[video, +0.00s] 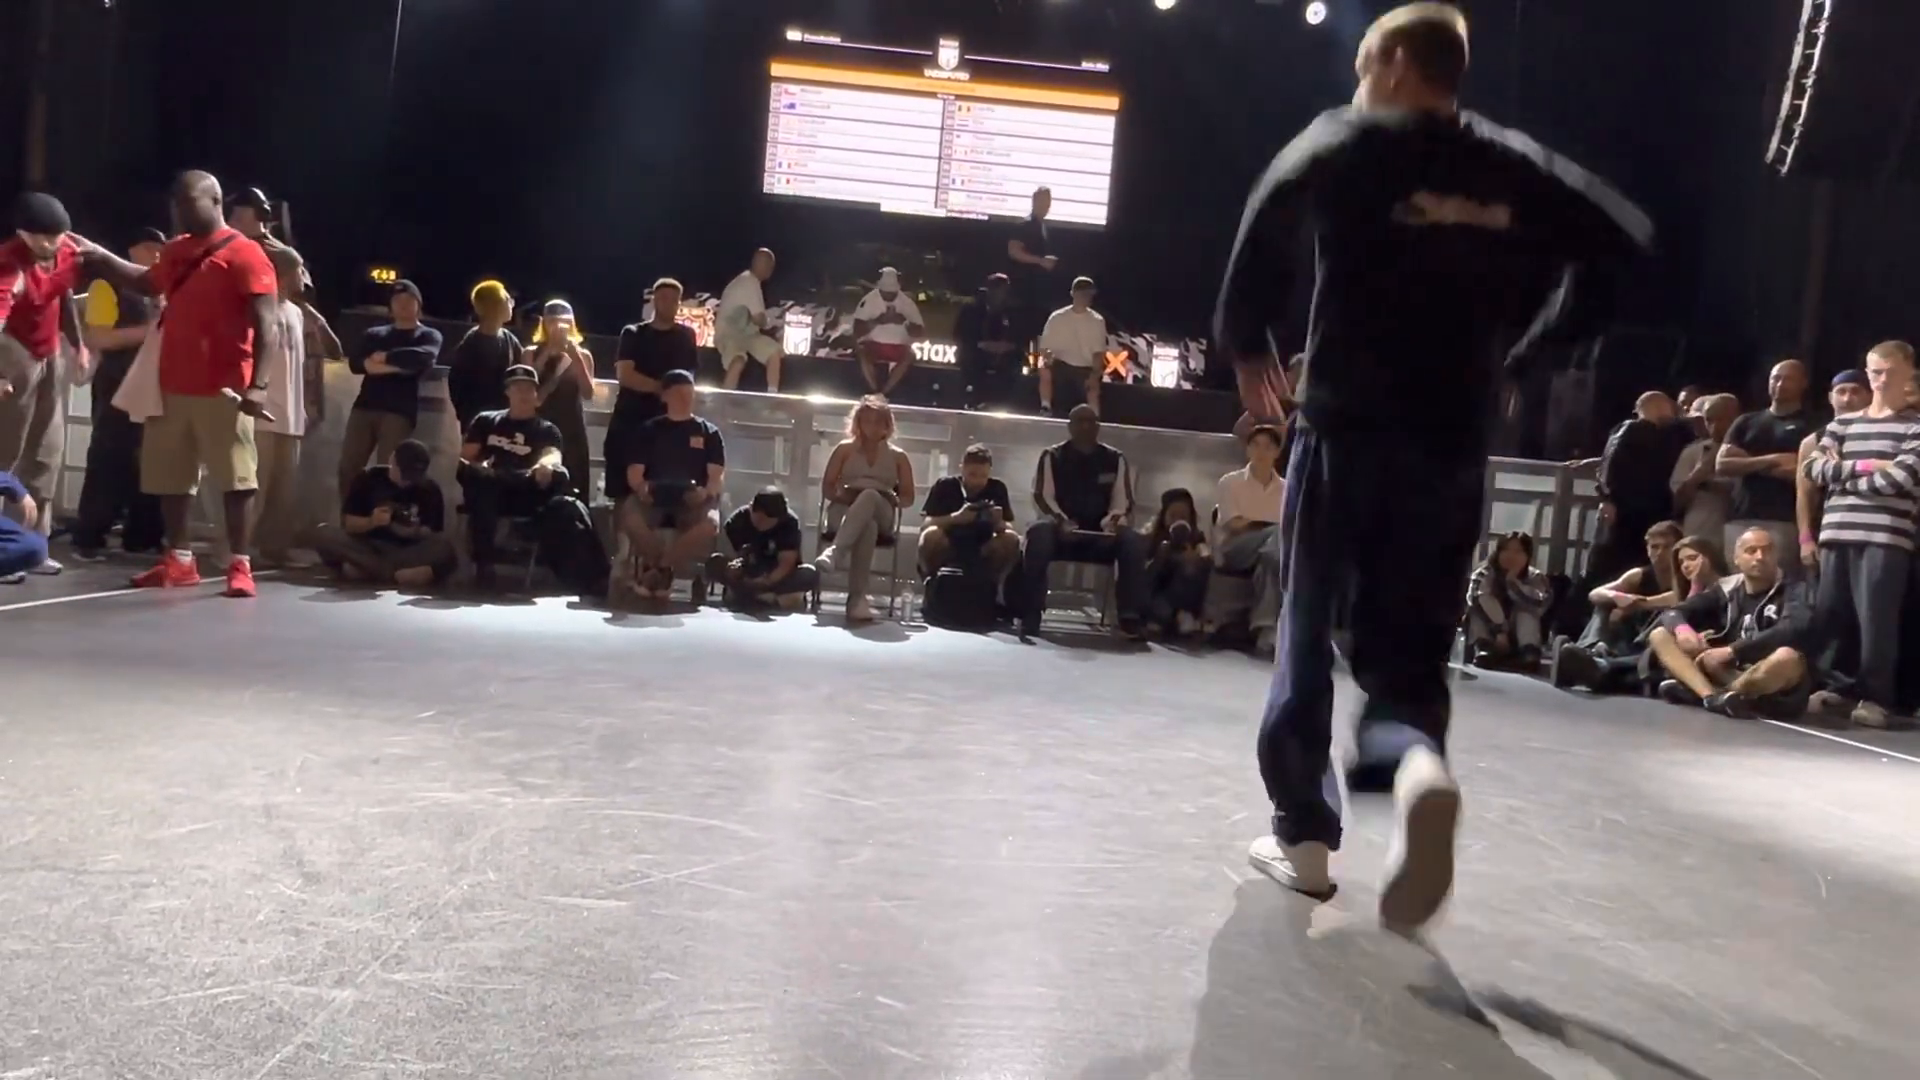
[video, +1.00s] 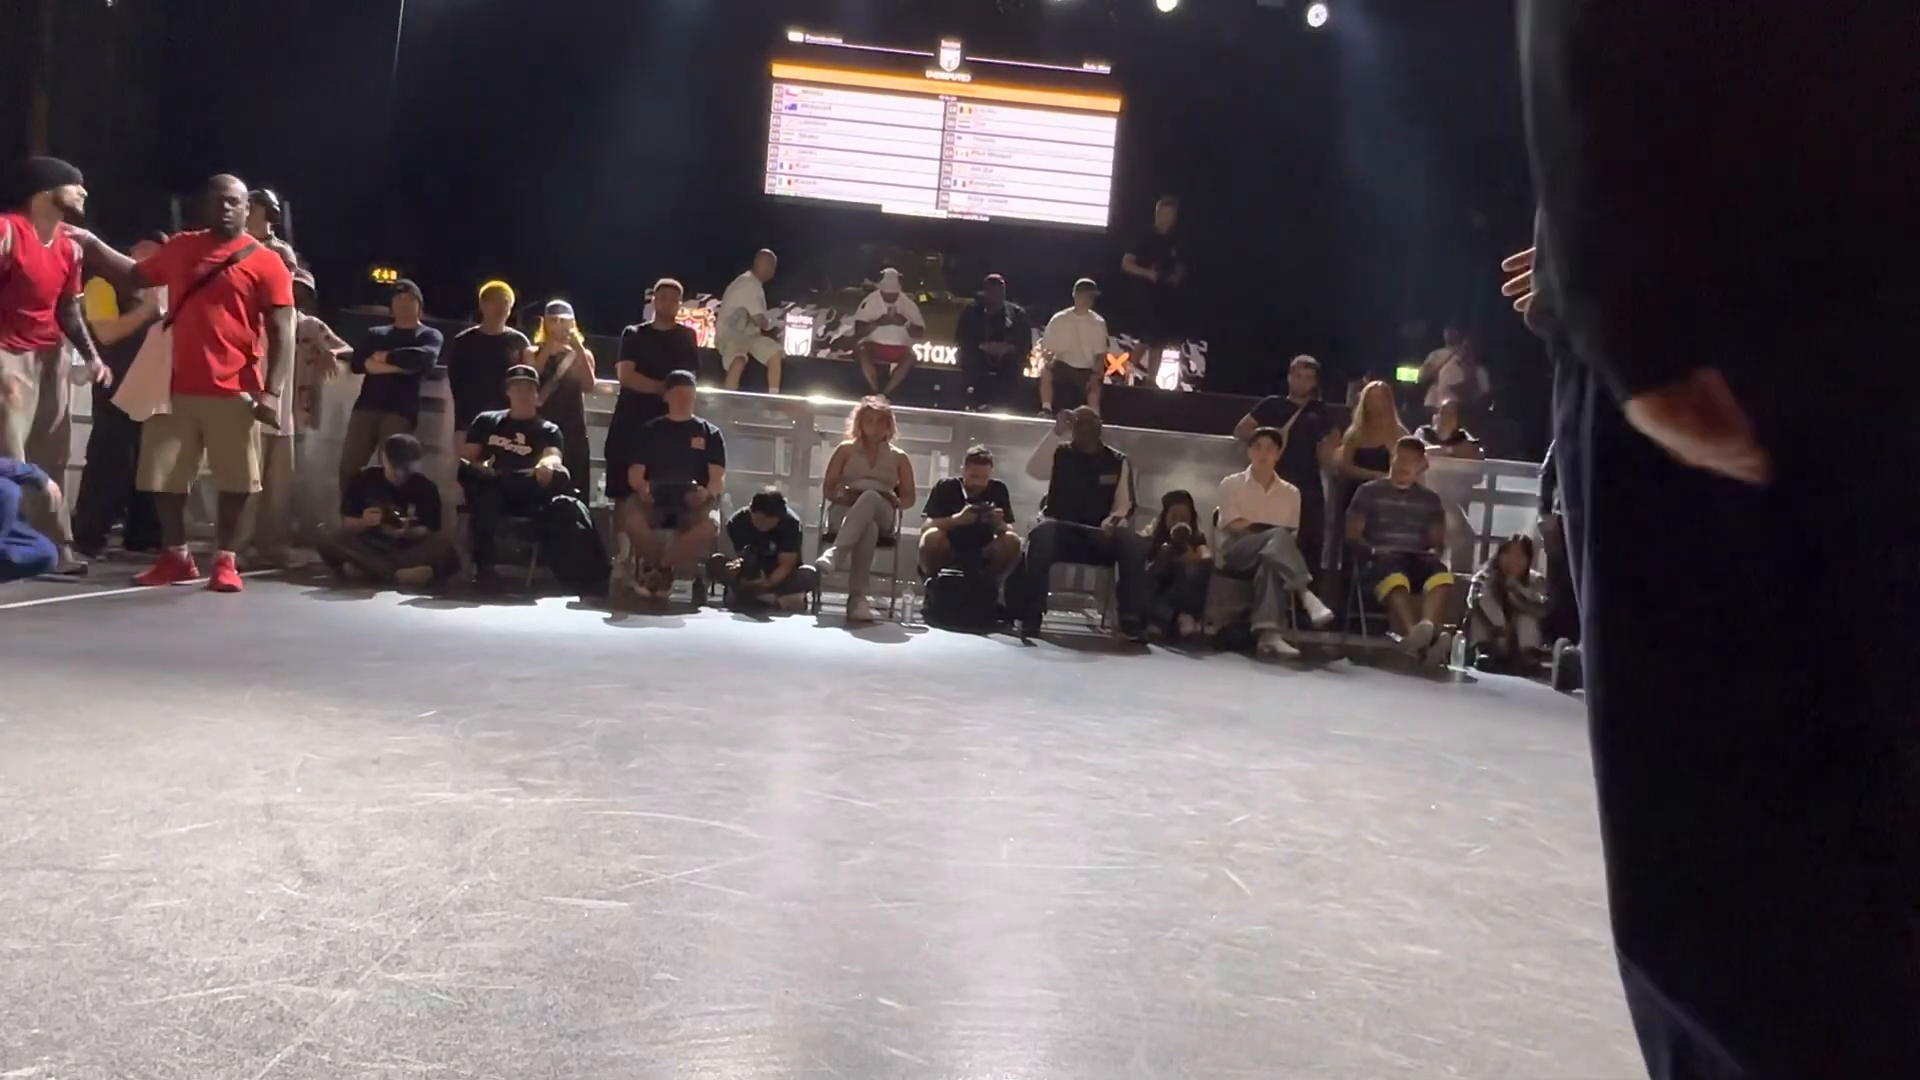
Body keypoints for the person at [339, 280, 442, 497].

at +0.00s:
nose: (403, 305)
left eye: (408, 300)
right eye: (398, 301)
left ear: (418, 305)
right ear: (391, 307)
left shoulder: (430, 335)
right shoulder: (374, 333)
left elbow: (423, 360)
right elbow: (356, 364)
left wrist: (384, 356)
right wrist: (398, 366)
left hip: (399, 413)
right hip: (365, 409)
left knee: (387, 474)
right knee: (348, 468)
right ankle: (349, 526)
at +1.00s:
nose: (404, 303)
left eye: (410, 299)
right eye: (399, 299)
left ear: (419, 306)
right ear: (392, 307)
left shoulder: (430, 335)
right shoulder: (375, 333)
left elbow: (423, 362)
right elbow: (357, 364)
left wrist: (384, 356)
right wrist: (398, 367)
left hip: (399, 412)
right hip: (367, 408)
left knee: (394, 473)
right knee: (348, 468)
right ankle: (348, 517)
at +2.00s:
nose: (391, 319)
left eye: (396, 314)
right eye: (386, 314)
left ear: (405, 319)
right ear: (378, 320)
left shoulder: (417, 350)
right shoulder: (363, 347)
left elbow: (410, 375)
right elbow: (342, 378)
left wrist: (369, 371)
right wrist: (386, 382)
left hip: (387, 424)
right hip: (354, 421)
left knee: (378, 487)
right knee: (337, 483)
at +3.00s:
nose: (370, 336)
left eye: (375, 331)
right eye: (365, 331)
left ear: (386, 336)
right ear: (359, 337)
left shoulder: (399, 365)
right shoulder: (344, 365)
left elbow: (394, 390)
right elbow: (325, 396)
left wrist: (355, 389)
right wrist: (367, 399)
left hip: (371, 443)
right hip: (338, 441)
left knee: (366, 504)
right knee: (323, 502)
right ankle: (321, 551)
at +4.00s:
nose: (382, 359)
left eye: (387, 354)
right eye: (377, 354)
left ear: (397, 359)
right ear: (370, 360)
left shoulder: (410, 388)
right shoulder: (355, 388)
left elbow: (403, 413)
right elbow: (338, 419)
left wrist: (365, 411)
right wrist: (379, 422)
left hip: (382, 466)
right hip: (349, 464)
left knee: (377, 526)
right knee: (334, 523)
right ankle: (332, 572)